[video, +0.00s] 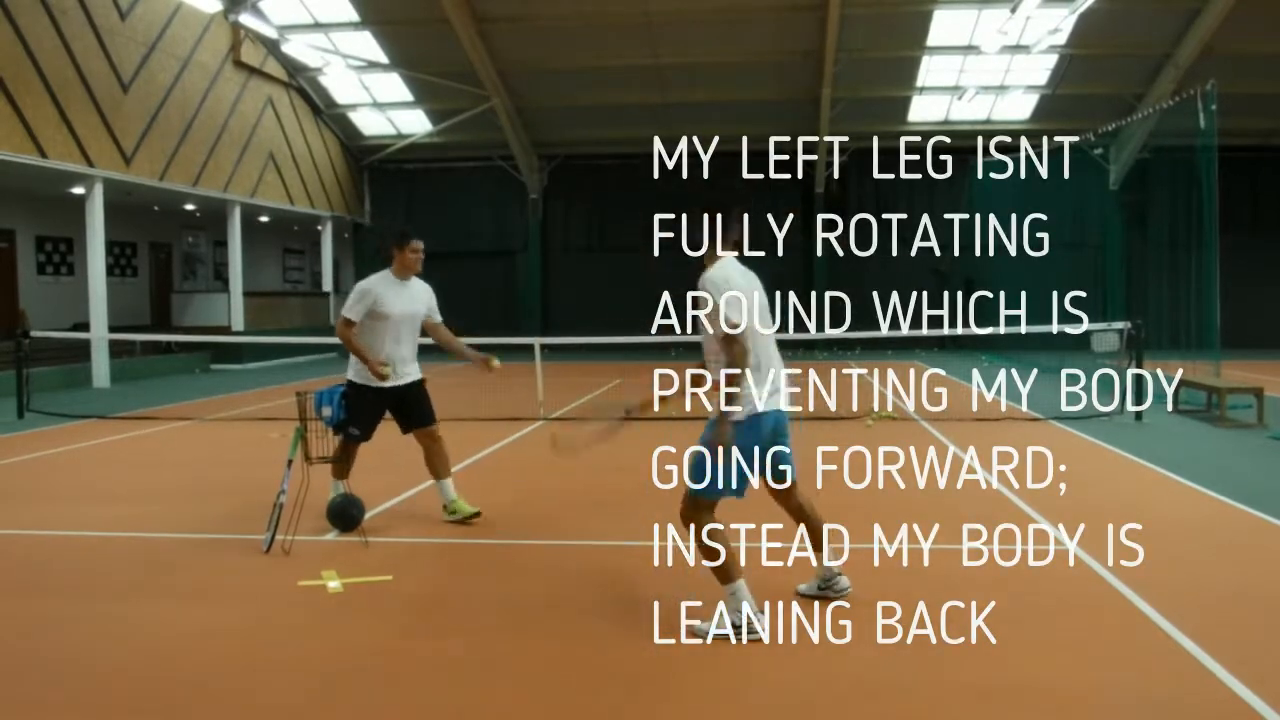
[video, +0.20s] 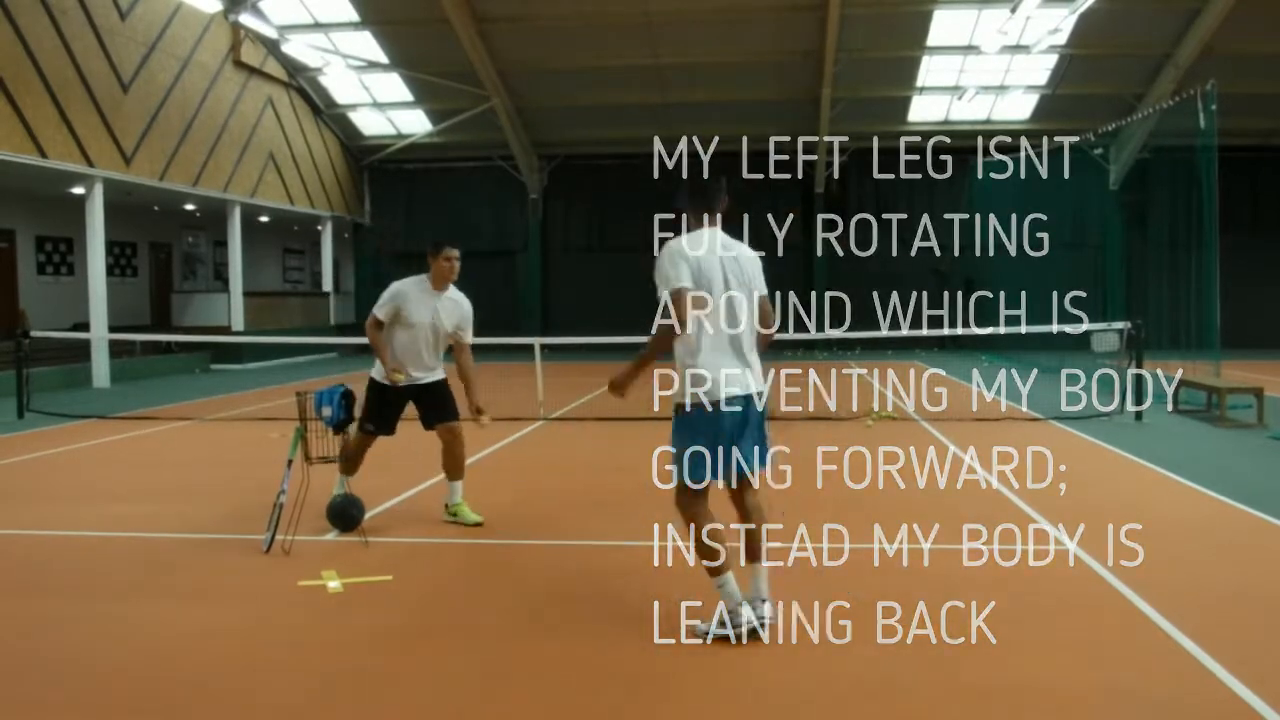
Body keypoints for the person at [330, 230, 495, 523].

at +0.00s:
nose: (420, 257)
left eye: (422, 252)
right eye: (414, 252)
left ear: (421, 256)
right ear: (396, 254)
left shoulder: (423, 291)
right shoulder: (369, 288)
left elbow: (438, 331)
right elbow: (343, 330)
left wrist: (475, 356)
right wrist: (369, 361)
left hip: (408, 382)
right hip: (367, 383)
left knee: (430, 436)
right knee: (350, 442)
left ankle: (451, 501)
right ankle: (337, 497)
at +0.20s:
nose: (454, 266)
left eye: (457, 260)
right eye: (447, 260)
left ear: (460, 265)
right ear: (431, 262)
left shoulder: (461, 304)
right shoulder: (401, 291)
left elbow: (463, 352)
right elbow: (372, 325)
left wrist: (473, 399)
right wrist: (386, 364)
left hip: (431, 380)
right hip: (390, 379)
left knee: (452, 433)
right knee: (364, 437)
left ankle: (455, 503)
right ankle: (340, 490)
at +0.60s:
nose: (462, 255)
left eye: (465, 250)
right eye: (456, 249)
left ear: (468, 257)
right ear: (440, 255)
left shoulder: (473, 291)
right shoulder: (414, 286)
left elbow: (500, 307)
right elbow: (390, 321)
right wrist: (393, 360)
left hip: (448, 378)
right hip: (407, 374)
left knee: (459, 434)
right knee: (382, 436)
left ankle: (456, 503)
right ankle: (365, 493)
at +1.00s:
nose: (409, 251)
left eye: (411, 247)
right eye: (402, 246)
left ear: (415, 254)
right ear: (387, 253)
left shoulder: (429, 290)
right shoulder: (367, 293)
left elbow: (445, 331)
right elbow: (349, 338)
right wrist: (360, 370)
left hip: (421, 380)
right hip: (381, 382)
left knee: (442, 433)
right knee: (364, 443)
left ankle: (454, 502)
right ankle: (338, 487)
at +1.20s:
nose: (378, 245)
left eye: (380, 240)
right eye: (371, 240)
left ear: (383, 246)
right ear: (356, 247)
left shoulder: (392, 283)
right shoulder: (338, 284)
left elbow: (396, 321)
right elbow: (313, 326)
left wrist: (404, 350)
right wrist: (332, 367)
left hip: (391, 375)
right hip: (353, 378)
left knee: (412, 431)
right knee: (341, 439)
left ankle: (432, 493)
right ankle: (334, 495)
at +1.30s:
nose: (366, 242)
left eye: (369, 237)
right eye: (359, 237)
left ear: (372, 243)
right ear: (345, 242)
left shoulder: (380, 279)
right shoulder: (329, 281)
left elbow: (383, 320)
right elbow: (306, 326)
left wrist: (397, 347)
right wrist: (324, 363)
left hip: (380, 371)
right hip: (346, 375)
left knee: (399, 426)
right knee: (339, 436)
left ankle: (405, 491)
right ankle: (334, 494)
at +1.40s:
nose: (358, 242)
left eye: (361, 237)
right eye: (352, 237)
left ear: (365, 243)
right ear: (338, 242)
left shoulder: (372, 277)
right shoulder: (323, 280)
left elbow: (374, 317)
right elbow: (303, 326)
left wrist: (392, 342)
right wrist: (324, 365)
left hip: (372, 370)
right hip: (339, 373)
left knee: (386, 423)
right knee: (337, 435)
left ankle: (376, 482)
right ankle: (333, 493)